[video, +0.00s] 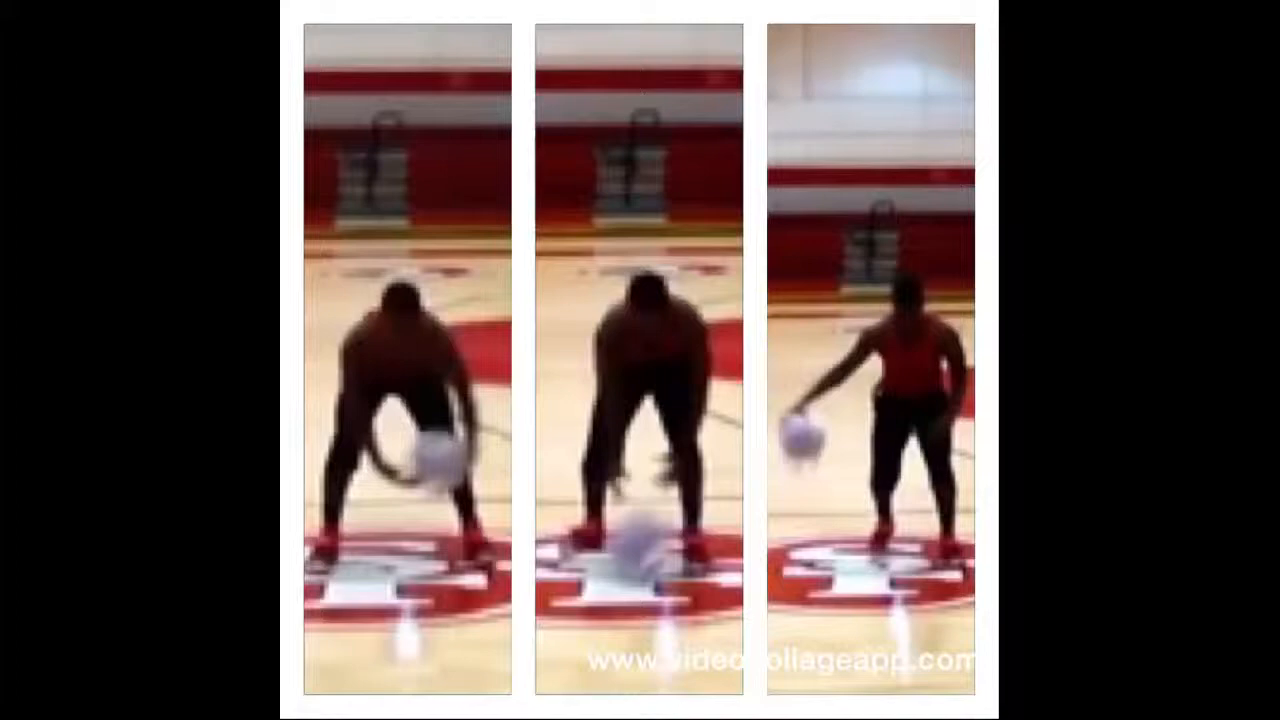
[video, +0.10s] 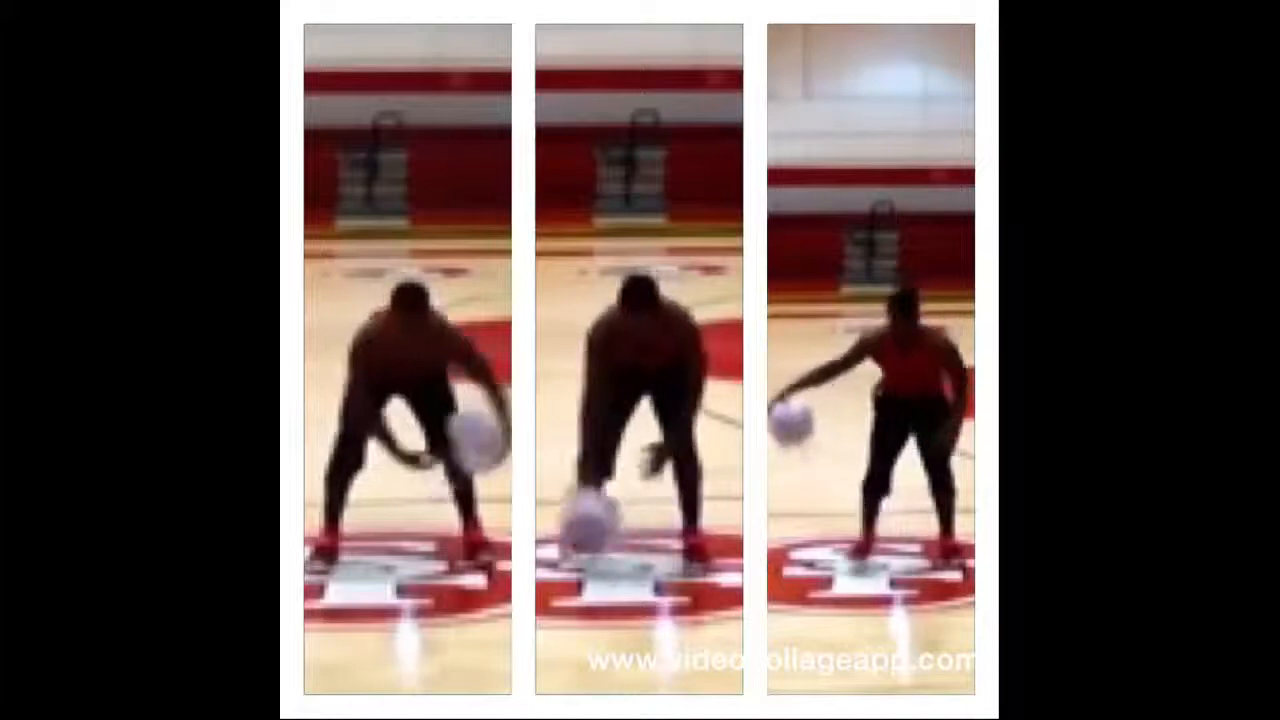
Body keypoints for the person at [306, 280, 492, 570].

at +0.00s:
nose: (403, 333)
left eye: (410, 325)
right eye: (395, 325)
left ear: (420, 316)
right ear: (382, 316)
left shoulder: (434, 336)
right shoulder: (359, 343)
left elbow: (463, 387)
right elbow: (357, 410)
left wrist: (470, 441)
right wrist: (379, 462)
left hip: (421, 380)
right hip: (369, 383)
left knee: (446, 447)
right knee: (344, 449)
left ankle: (471, 530)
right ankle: (330, 531)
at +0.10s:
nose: (412, 330)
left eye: (419, 322)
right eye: (404, 323)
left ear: (429, 315)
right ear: (392, 315)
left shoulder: (441, 334)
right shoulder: (370, 340)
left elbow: (482, 373)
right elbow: (366, 408)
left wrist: (504, 424)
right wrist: (398, 452)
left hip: (425, 383)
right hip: (374, 385)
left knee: (453, 453)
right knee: (346, 458)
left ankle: (472, 531)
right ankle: (330, 534)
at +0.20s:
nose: (426, 329)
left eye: (433, 321)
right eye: (420, 322)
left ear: (442, 314)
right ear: (407, 314)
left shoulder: (451, 328)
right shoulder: (383, 337)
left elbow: (496, 342)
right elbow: (373, 406)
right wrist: (418, 447)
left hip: (430, 374)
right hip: (380, 378)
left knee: (455, 448)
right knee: (352, 454)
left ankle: (472, 531)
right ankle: (331, 533)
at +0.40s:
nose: (437, 334)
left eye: (442, 325)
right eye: (429, 326)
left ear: (452, 316)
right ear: (417, 317)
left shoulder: (463, 329)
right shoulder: (392, 339)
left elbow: (506, 346)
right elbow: (384, 411)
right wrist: (419, 459)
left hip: (433, 373)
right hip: (383, 377)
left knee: (461, 450)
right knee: (354, 454)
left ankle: (472, 531)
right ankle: (331, 531)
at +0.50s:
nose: (425, 333)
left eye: (432, 325)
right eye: (419, 325)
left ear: (443, 316)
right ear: (407, 317)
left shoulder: (460, 335)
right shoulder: (387, 342)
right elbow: (382, 416)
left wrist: (498, 423)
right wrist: (404, 470)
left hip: (433, 378)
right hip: (384, 381)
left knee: (461, 451)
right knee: (354, 457)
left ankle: (473, 530)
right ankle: (332, 532)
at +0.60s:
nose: (411, 330)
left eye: (417, 321)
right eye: (405, 322)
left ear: (427, 316)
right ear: (395, 317)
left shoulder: (448, 341)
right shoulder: (377, 342)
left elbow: (436, 418)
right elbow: (359, 411)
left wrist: (411, 465)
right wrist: (355, 467)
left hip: (432, 388)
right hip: (381, 385)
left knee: (463, 457)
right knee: (350, 455)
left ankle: (473, 532)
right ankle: (333, 533)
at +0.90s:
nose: (394, 330)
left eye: (401, 320)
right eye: (387, 319)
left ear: (411, 312)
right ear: (376, 313)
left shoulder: (431, 339)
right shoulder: (356, 345)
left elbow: (442, 405)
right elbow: (363, 417)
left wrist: (445, 464)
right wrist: (392, 469)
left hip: (422, 390)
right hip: (370, 393)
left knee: (457, 457)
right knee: (337, 466)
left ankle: (475, 534)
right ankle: (330, 540)